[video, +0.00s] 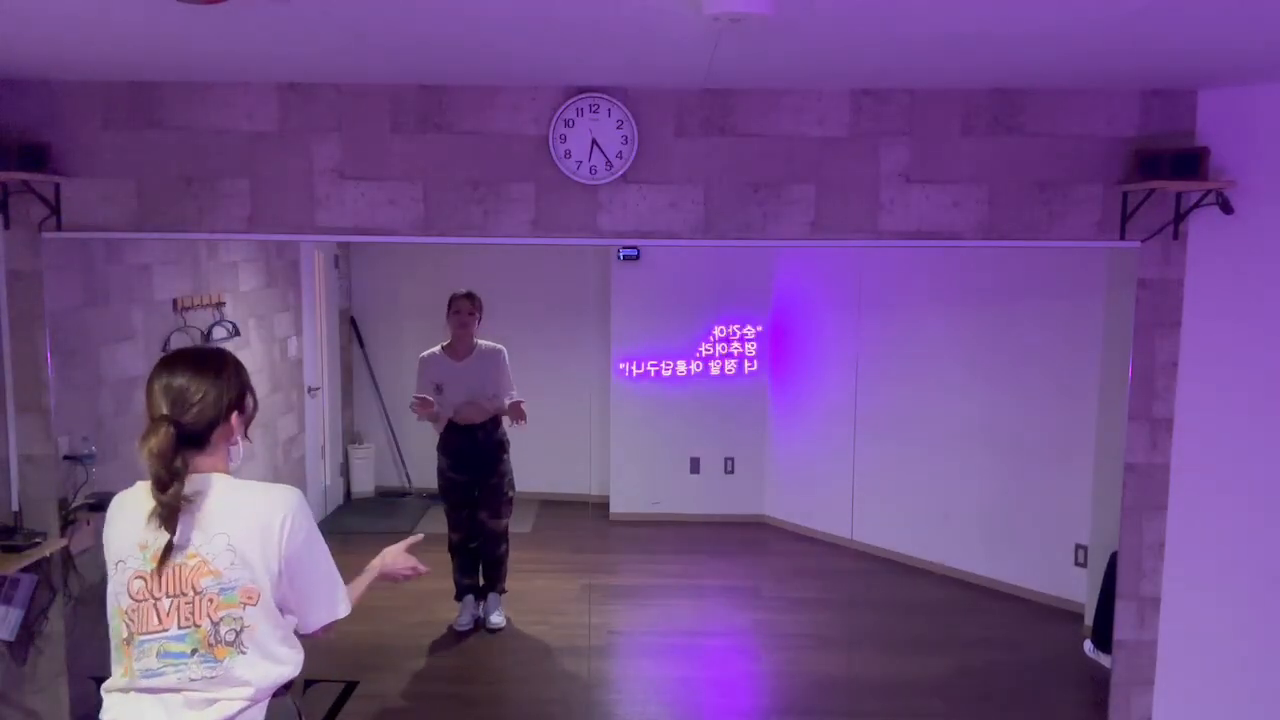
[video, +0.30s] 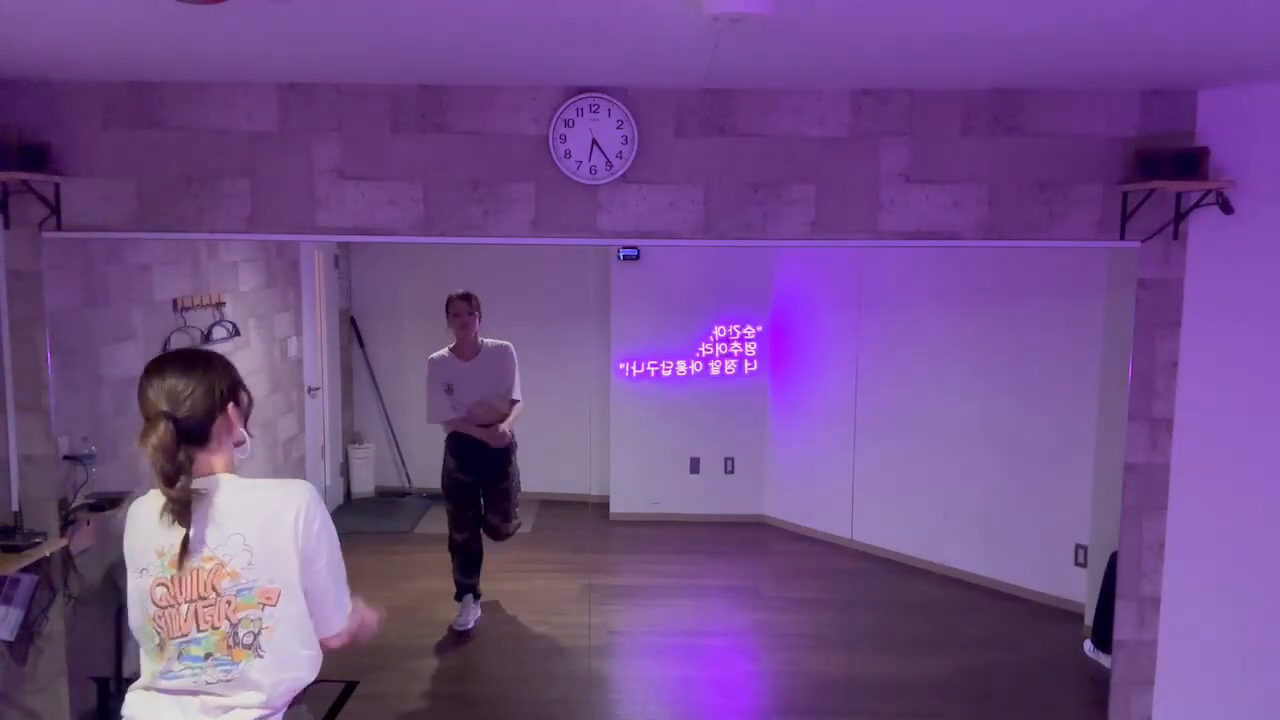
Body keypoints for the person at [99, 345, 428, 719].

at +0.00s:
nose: (247, 422)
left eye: (245, 407)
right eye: (247, 409)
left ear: (160, 418)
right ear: (234, 421)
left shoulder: (122, 508)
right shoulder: (277, 508)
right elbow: (317, 621)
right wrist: (376, 568)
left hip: (125, 709)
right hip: (233, 710)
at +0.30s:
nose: (244, 421)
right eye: (242, 405)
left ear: (156, 424)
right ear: (230, 414)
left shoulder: (140, 515)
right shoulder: (295, 503)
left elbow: (144, 627)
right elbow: (333, 635)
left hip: (148, 707)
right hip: (254, 711)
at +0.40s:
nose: (249, 413)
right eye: (247, 401)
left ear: (162, 423)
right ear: (236, 411)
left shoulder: (155, 515)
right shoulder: (292, 507)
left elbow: (156, 627)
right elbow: (332, 647)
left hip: (164, 706)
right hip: (264, 709)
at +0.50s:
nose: (267, 415)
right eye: (267, 403)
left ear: (180, 420)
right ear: (258, 412)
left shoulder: (186, 517)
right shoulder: (283, 517)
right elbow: (313, 667)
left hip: (181, 705)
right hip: (264, 709)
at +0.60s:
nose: (303, 415)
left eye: (300, 404)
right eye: (300, 405)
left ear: (220, 426)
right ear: (290, 420)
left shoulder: (223, 516)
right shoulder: (270, 522)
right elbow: (280, 681)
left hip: (214, 701)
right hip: (262, 708)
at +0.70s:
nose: (340, 459)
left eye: (336, 447)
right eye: (336, 448)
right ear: (326, 458)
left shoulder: (319, 540)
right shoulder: (271, 563)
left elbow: (343, 671)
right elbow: (269, 703)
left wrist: (366, 712)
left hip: (342, 703)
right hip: (298, 709)